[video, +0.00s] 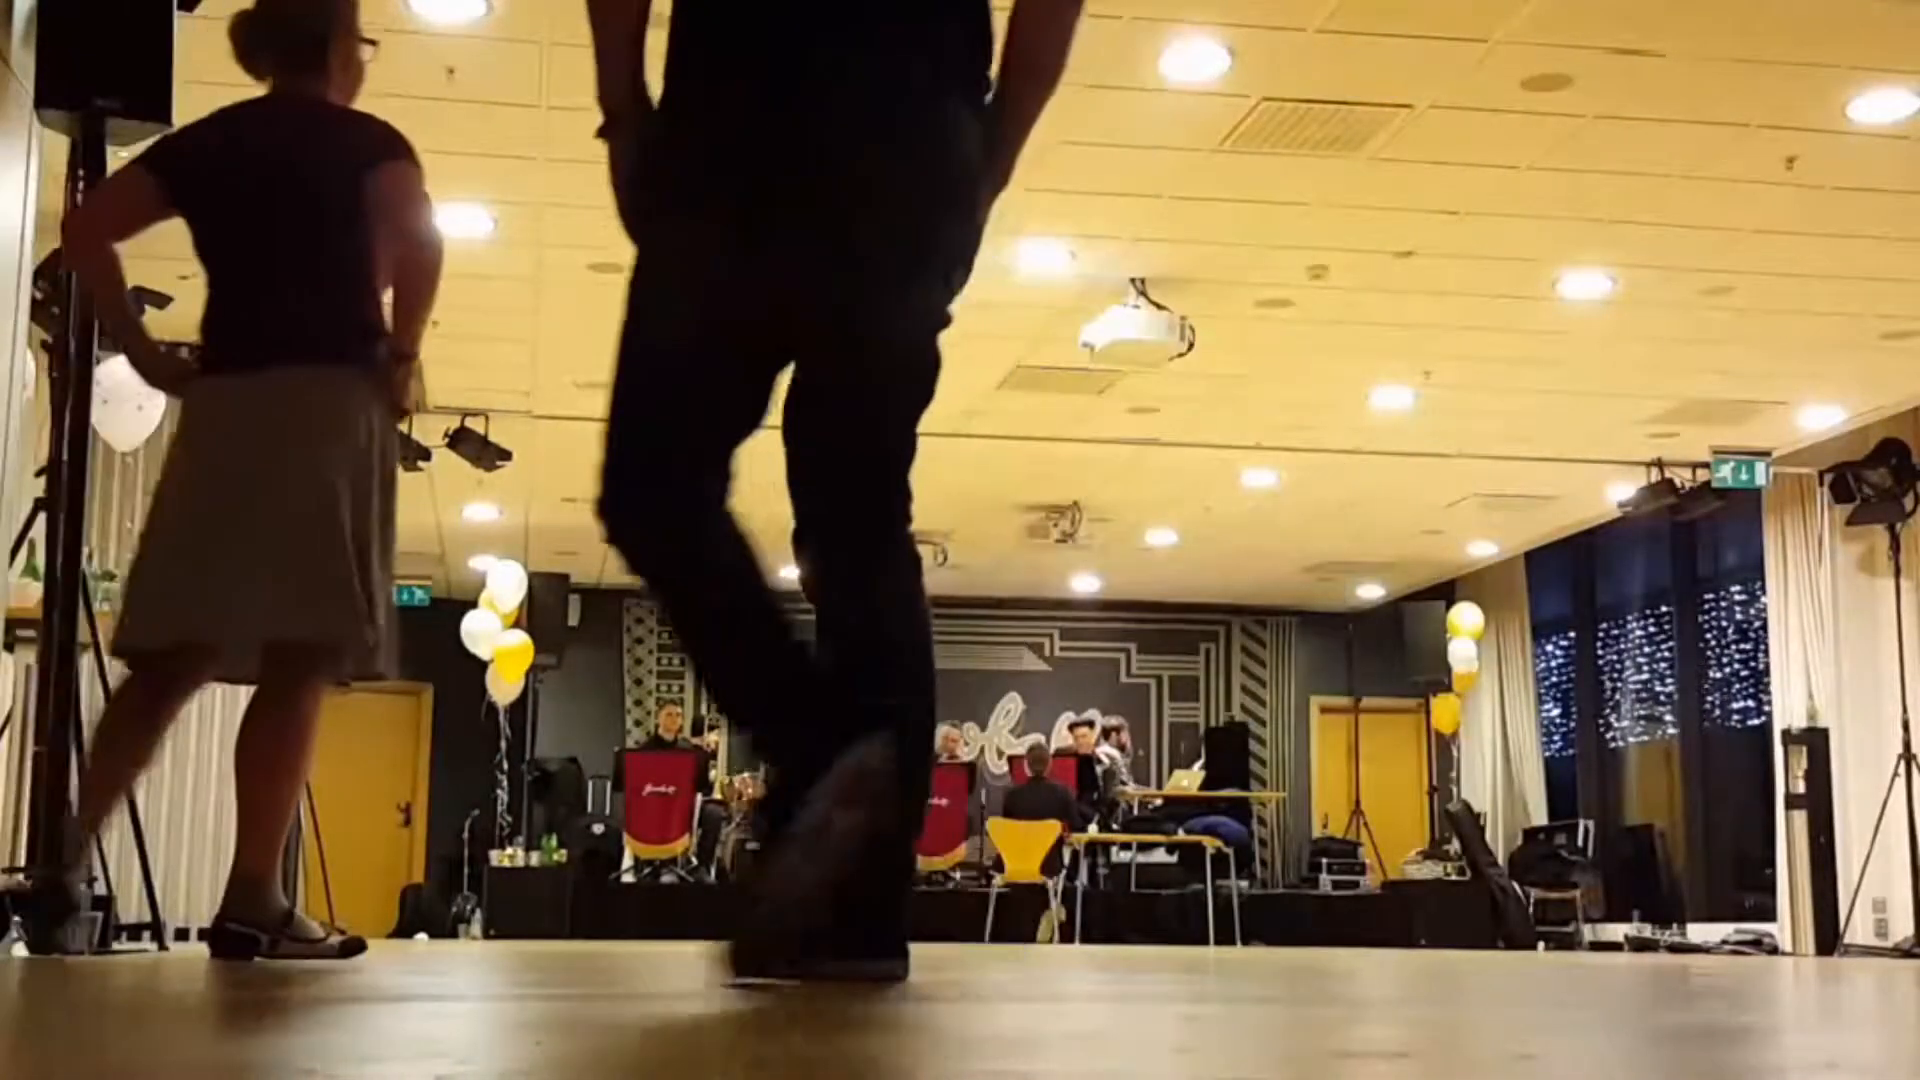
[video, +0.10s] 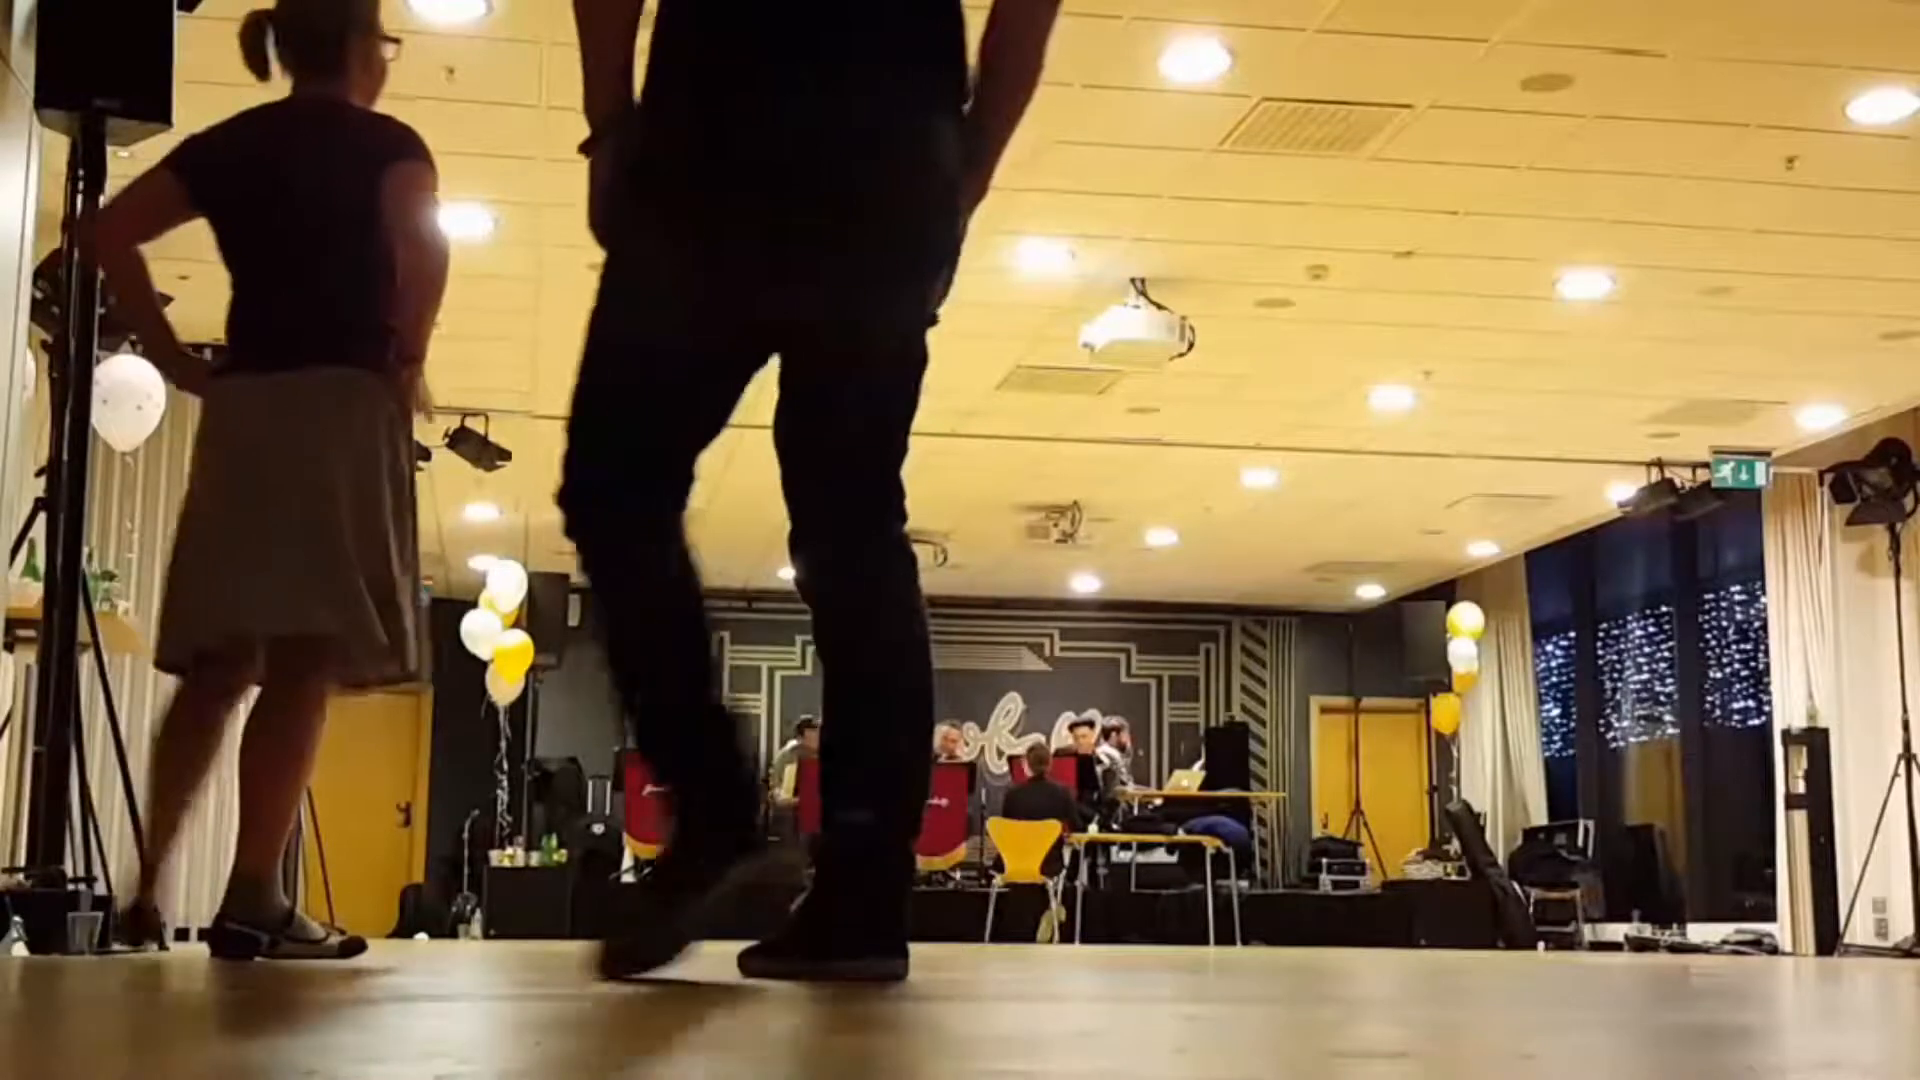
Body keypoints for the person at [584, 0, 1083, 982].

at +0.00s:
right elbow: (1055, 1)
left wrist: (625, 112)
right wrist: (992, 154)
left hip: (734, 121)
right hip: (922, 136)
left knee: (657, 494)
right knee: (859, 513)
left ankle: (818, 754)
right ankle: (864, 911)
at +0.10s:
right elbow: (1029, 5)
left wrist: (608, 117)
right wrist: (971, 165)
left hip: (716, 133)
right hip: (901, 146)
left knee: (618, 490)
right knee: (854, 520)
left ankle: (712, 812)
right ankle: (865, 901)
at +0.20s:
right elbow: (1008, 4)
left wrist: (598, 133)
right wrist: (945, 167)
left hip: (691, 136)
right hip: (874, 151)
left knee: (599, 514)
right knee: (849, 523)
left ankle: (612, 886)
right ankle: (865, 903)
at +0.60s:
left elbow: (490, 51)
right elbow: (882, 51)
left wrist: (527, 218)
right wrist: (845, 241)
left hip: (580, 227)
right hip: (748, 225)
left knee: (539, 570)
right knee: (785, 548)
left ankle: (514, 904)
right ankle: (850, 846)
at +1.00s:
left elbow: (389, 47)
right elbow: (780, 84)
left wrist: (379, 199)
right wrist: (759, 261)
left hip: (506, 275)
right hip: (665, 276)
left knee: (501, 597)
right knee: (689, 589)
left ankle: (513, 907)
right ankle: (712, 895)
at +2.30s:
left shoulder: (496, 24)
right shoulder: (719, 40)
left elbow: (462, 191)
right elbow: (761, 234)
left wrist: (436, 279)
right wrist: (700, 275)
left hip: (526, 362)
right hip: (664, 371)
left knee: (450, 628)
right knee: (666, 644)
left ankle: (425, 884)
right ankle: (657, 909)